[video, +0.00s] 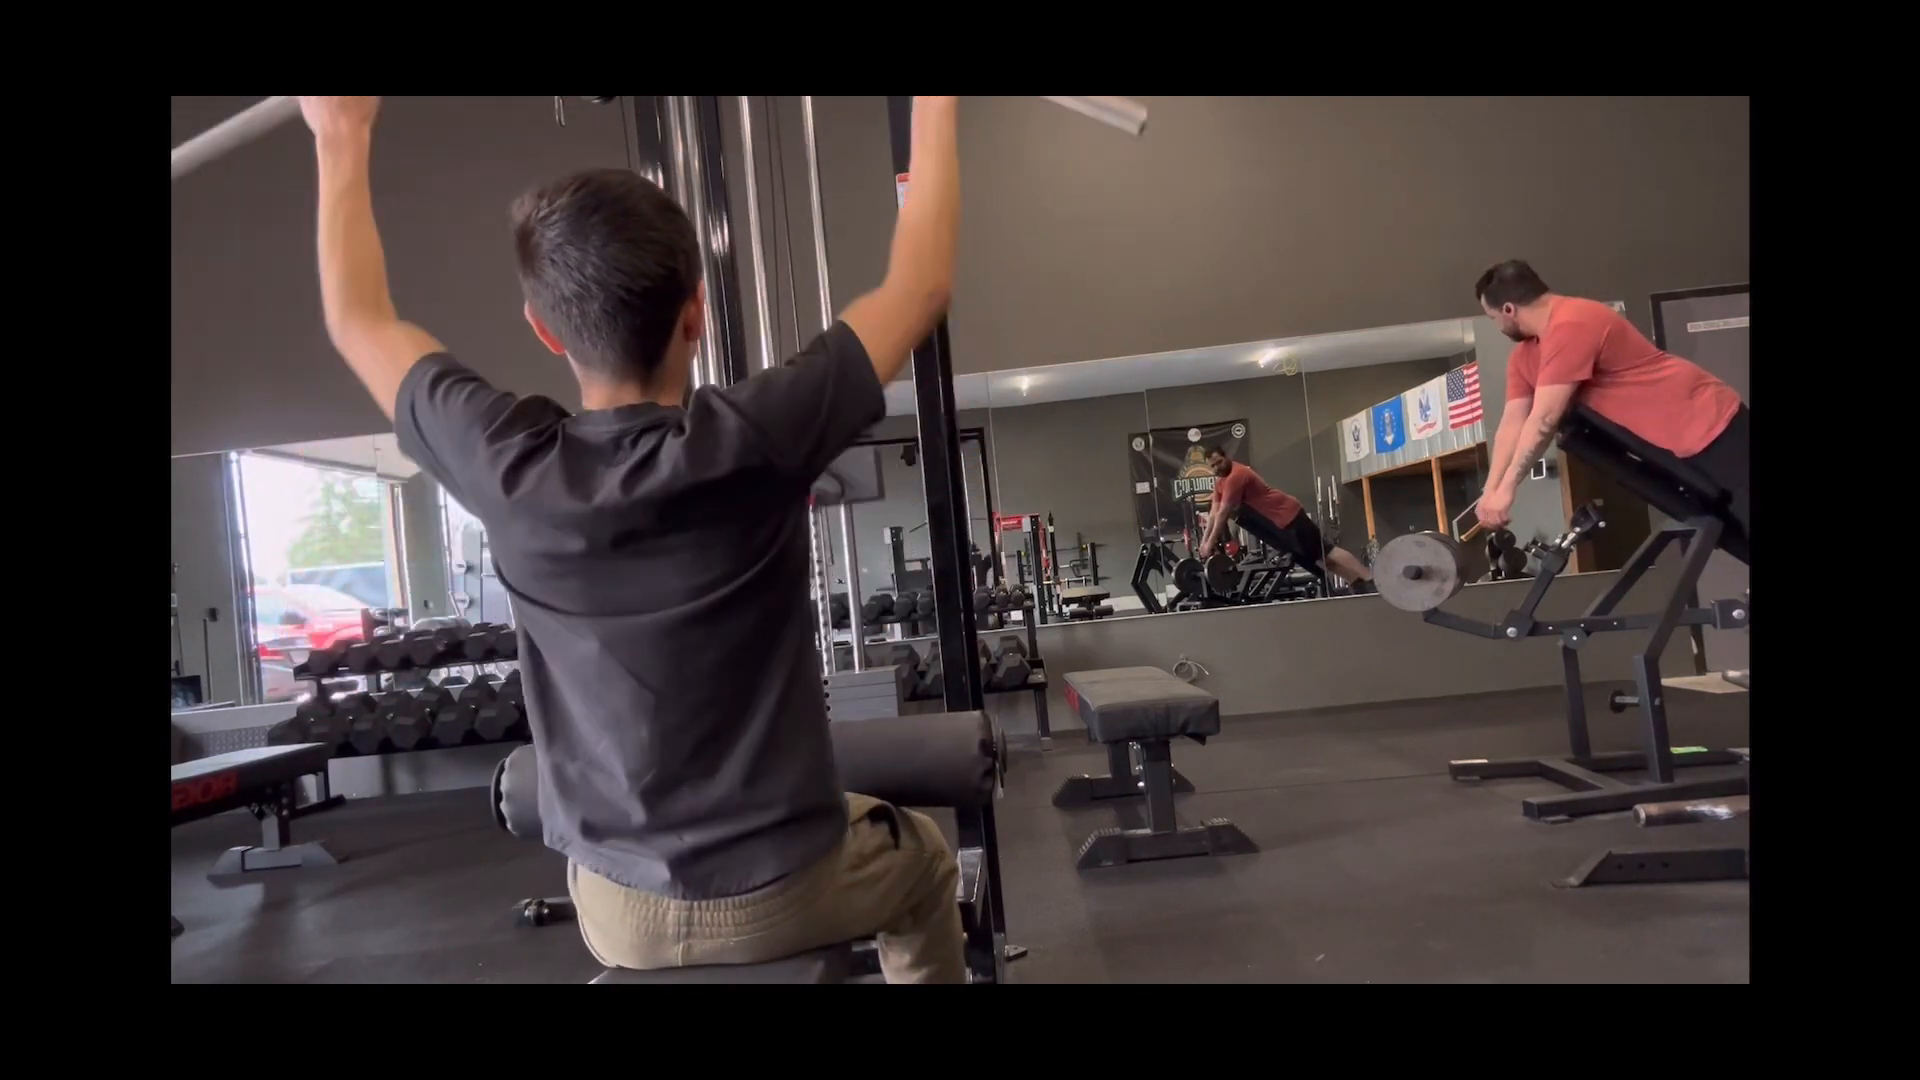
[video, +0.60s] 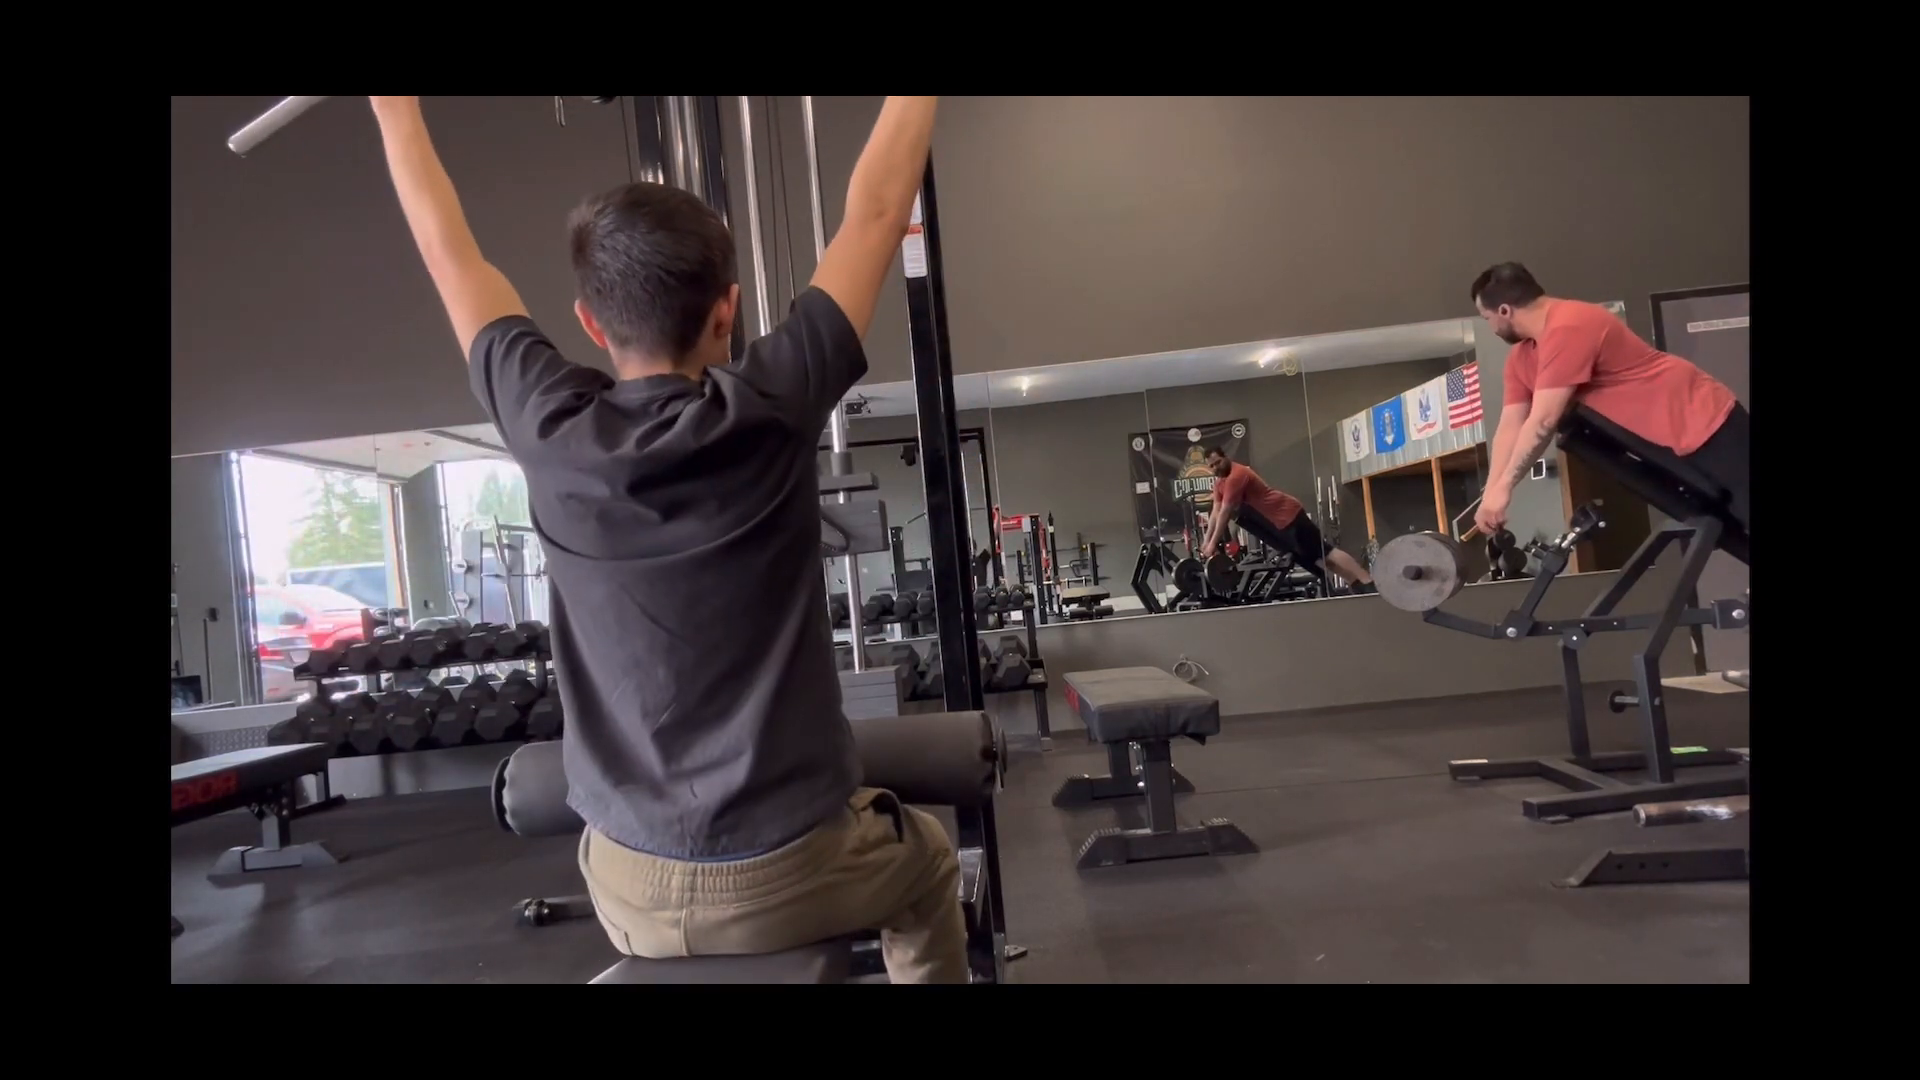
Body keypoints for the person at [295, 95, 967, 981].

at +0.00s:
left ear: (542, 330)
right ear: (696, 317)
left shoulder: (511, 463)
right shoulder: (762, 433)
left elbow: (359, 320)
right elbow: (918, 291)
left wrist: (340, 137)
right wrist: (936, 101)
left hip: (614, 910)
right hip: (780, 897)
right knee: (919, 854)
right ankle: (929, 978)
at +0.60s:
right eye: (734, 297)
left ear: (590, 324)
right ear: (726, 316)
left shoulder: (553, 424)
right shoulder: (773, 399)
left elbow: (447, 252)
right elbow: (875, 217)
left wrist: (393, 103)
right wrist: (917, 87)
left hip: (626, 889)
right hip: (789, 883)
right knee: (923, 857)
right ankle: (927, 979)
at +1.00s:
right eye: (681, 302)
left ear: (513, 342)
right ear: (676, 326)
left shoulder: (485, 464)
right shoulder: (737, 442)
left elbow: (314, 298)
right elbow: (903, 267)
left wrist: (296, 116)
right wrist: (921, 91)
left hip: (617, 909)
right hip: (773, 898)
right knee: (922, 859)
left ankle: (634, 975)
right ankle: (926, 976)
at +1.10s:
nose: (675, 332)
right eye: (674, 314)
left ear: (499, 358)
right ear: (664, 342)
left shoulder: (468, 491)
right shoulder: (737, 464)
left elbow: (272, 370)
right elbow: (939, 335)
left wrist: (295, 169)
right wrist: (938, 135)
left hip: (618, 919)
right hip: (772, 893)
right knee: (922, 858)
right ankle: (929, 980)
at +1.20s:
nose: (670, 331)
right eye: (671, 316)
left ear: (493, 366)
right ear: (661, 344)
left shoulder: (459, 516)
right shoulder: (738, 482)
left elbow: (245, 463)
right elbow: (968, 426)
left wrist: (295, 269)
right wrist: (950, 234)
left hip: (615, 915)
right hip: (774, 889)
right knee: (921, 865)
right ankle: (930, 976)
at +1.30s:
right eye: (671, 315)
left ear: (496, 366)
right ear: (667, 340)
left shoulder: (455, 532)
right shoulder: (746, 498)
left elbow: (235, 562)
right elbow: (980, 521)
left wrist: (301, 365)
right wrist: (961, 327)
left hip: (613, 914)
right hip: (775, 899)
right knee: (922, 862)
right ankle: (926, 983)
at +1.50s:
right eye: (683, 314)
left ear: (511, 362)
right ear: (680, 337)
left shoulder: (477, 540)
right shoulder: (754, 502)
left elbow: (272, 709)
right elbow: (950, 660)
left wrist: (311, 496)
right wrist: (968, 466)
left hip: (614, 908)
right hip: (784, 895)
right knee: (922, 864)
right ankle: (927, 977)